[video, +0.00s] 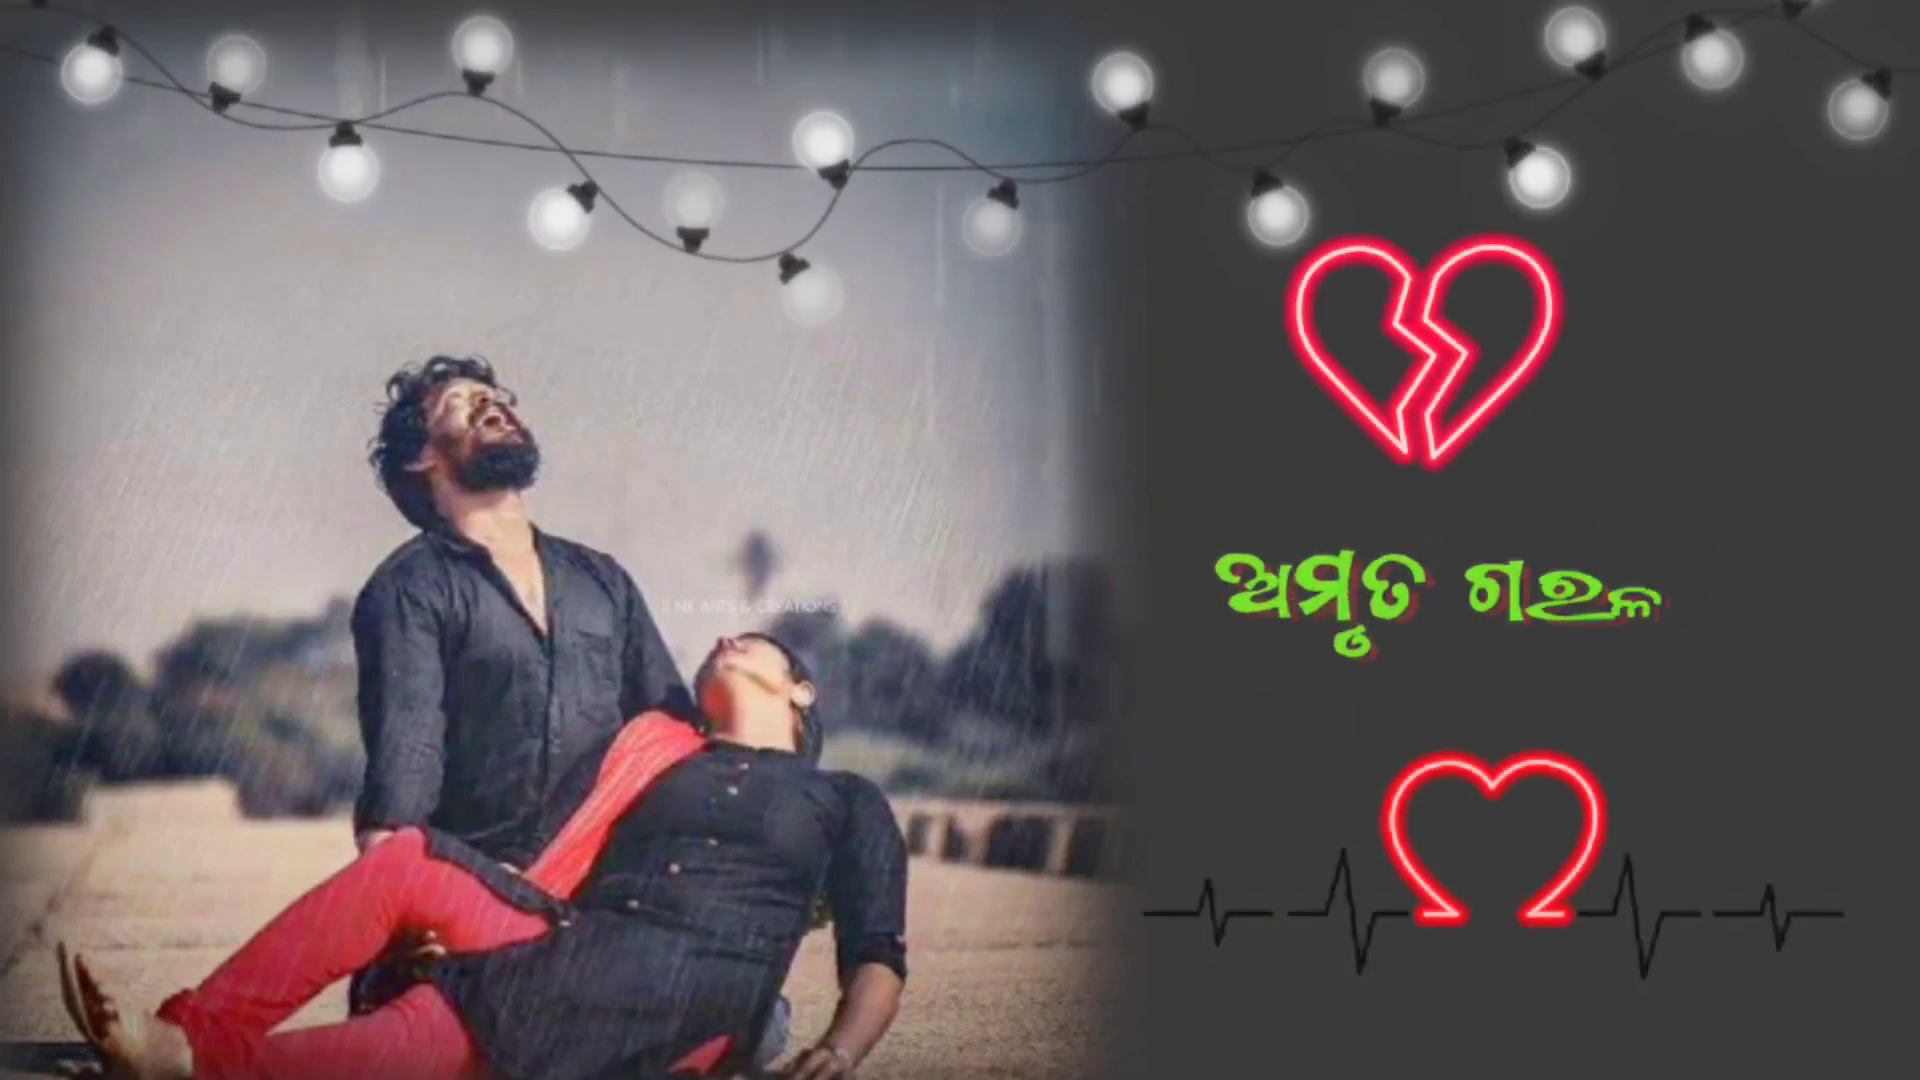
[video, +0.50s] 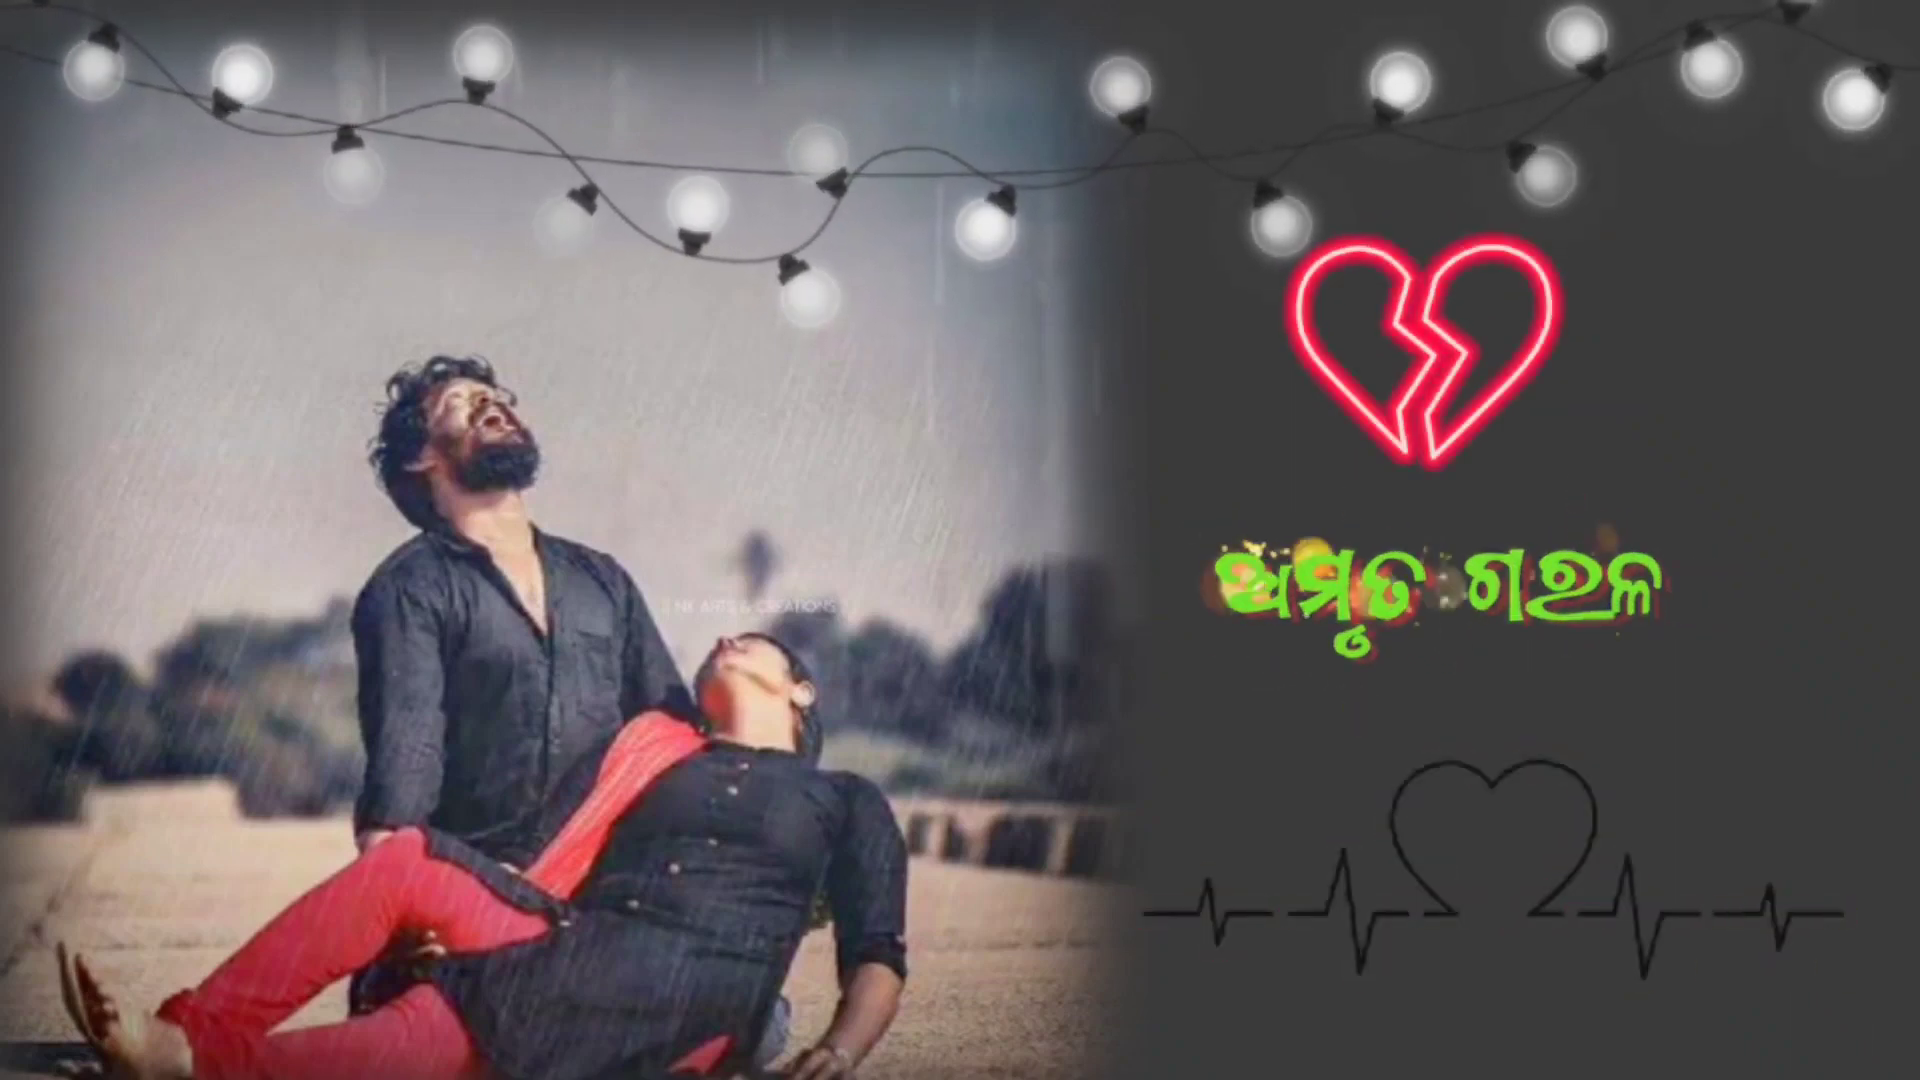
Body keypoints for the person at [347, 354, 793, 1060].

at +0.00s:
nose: (496, 408)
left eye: (502, 401)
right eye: (463, 406)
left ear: (525, 438)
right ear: (421, 462)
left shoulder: (602, 578)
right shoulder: (410, 587)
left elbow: (678, 728)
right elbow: (404, 753)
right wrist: (387, 904)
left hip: (617, 883)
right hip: (462, 890)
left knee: (760, 1022)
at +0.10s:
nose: (496, 408)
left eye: (502, 401)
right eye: (463, 406)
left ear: (525, 438)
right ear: (421, 462)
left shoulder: (602, 578)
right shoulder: (410, 587)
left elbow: (678, 728)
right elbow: (404, 753)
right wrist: (387, 904)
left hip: (617, 883)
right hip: (462, 890)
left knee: (760, 1022)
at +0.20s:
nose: (496, 408)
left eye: (501, 400)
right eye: (463, 406)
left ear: (525, 435)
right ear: (422, 463)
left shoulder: (602, 578)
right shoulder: (411, 587)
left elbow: (678, 728)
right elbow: (404, 755)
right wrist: (387, 905)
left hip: (617, 883)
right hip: (462, 891)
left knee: (761, 1021)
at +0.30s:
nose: (496, 407)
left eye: (501, 400)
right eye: (462, 406)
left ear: (525, 435)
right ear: (422, 463)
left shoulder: (602, 578)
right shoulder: (410, 587)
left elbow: (678, 728)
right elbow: (404, 754)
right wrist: (387, 902)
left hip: (616, 884)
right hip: (461, 891)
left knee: (760, 1021)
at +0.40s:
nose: (496, 407)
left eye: (501, 400)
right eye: (462, 406)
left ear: (525, 435)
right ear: (422, 463)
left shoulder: (602, 578)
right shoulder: (410, 587)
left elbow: (678, 728)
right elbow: (404, 754)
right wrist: (387, 903)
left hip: (616, 884)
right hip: (461, 891)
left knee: (760, 1021)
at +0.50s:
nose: (497, 408)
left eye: (502, 401)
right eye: (463, 406)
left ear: (525, 438)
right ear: (422, 462)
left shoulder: (602, 578)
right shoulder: (410, 588)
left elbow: (678, 728)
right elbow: (404, 753)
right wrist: (388, 901)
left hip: (617, 883)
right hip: (462, 890)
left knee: (761, 1021)